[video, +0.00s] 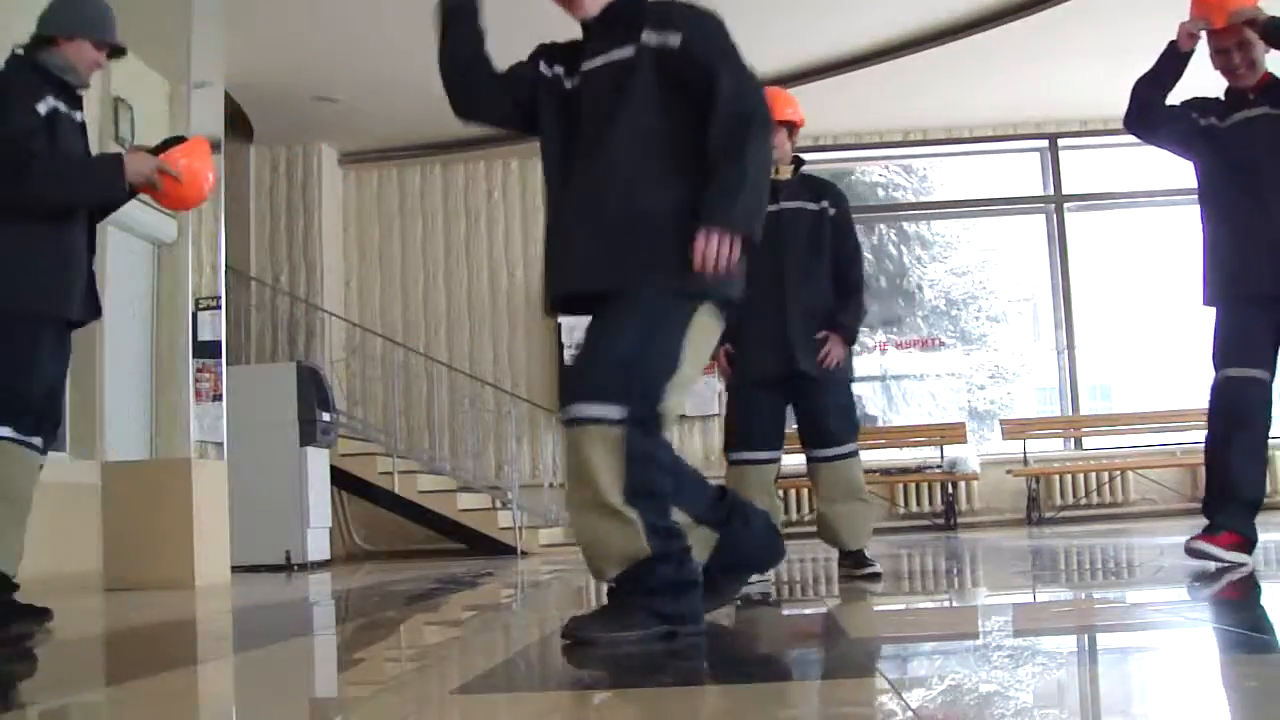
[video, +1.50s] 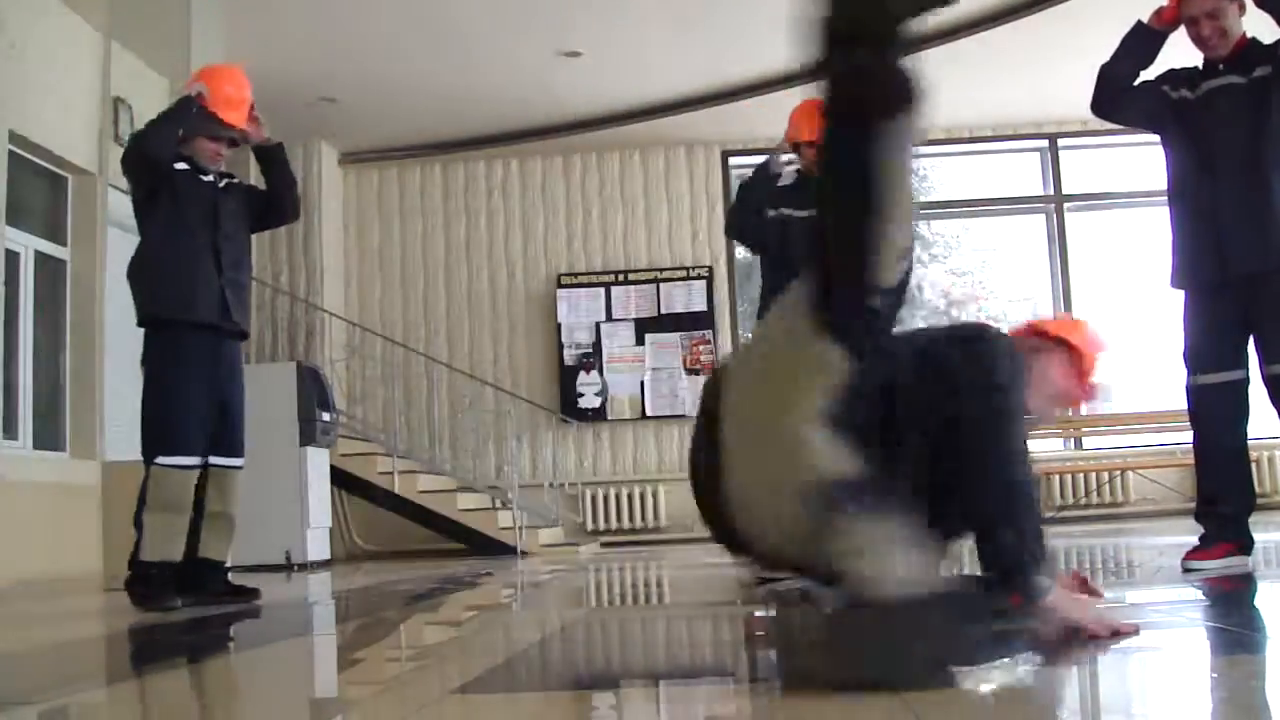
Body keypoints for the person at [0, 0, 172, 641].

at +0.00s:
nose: (105, 61)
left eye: (108, 52)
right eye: (101, 48)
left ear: (72, 41)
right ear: (68, 39)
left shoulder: (59, 102)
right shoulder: (21, 91)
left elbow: (67, 201)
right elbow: (31, 183)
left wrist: (131, 181)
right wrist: (119, 170)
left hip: (45, 306)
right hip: (21, 305)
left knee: (28, 444)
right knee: (18, 443)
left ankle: (6, 586)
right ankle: (3, 589)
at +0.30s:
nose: (119, 90)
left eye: (122, 80)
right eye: (116, 77)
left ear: (75, 66)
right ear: (89, 66)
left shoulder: (27, 111)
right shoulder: (57, 115)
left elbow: (78, 207)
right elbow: (77, 194)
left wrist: (148, 186)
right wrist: (153, 173)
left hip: (18, 313)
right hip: (53, 314)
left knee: (16, 450)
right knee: (94, 439)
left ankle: (4, 583)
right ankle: (86, 580)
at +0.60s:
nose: (160, 93)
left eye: (161, 83)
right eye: (153, 81)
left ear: (118, 85)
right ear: (123, 82)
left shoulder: (93, 134)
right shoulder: (112, 135)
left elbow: (136, 233)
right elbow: (134, 222)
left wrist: (206, 223)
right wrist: (207, 193)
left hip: (73, 325)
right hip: (102, 328)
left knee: (59, 447)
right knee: (114, 457)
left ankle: (7, 579)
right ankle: (141, 587)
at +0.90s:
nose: (193, 108)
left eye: (197, 99)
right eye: (185, 97)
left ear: (186, 103)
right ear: (158, 96)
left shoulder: (163, 152)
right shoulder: (131, 145)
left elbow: (187, 234)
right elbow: (152, 218)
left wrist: (253, 199)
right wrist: (226, 181)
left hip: (157, 322)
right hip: (135, 321)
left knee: (157, 444)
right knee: (143, 450)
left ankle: (107, 557)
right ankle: (140, 582)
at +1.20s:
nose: (217, 146)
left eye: (222, 138)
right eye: (209, 137)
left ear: (223, 143)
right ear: (184, 133)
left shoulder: (221, 188)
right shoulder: (148, 161)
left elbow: (275, 200)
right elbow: (164, 150)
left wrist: (274, 141)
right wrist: (205, 104)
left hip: (209, 332)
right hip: (165, 326)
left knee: (213, 454)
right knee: (172, 453)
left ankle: (203, 572)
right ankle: (148, 577)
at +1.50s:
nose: (223, 149)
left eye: (229, 142)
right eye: (216, 138)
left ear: (234, 147)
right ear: (186, 133)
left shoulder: (235, 194)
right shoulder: (157, 175)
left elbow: (287, 208)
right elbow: (143, 148)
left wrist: (266, 146)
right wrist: (190, 103)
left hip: (226, 335)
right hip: (175, 329)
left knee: (225, 456)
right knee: (178, 453)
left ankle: (207, 573)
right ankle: (154, 573)